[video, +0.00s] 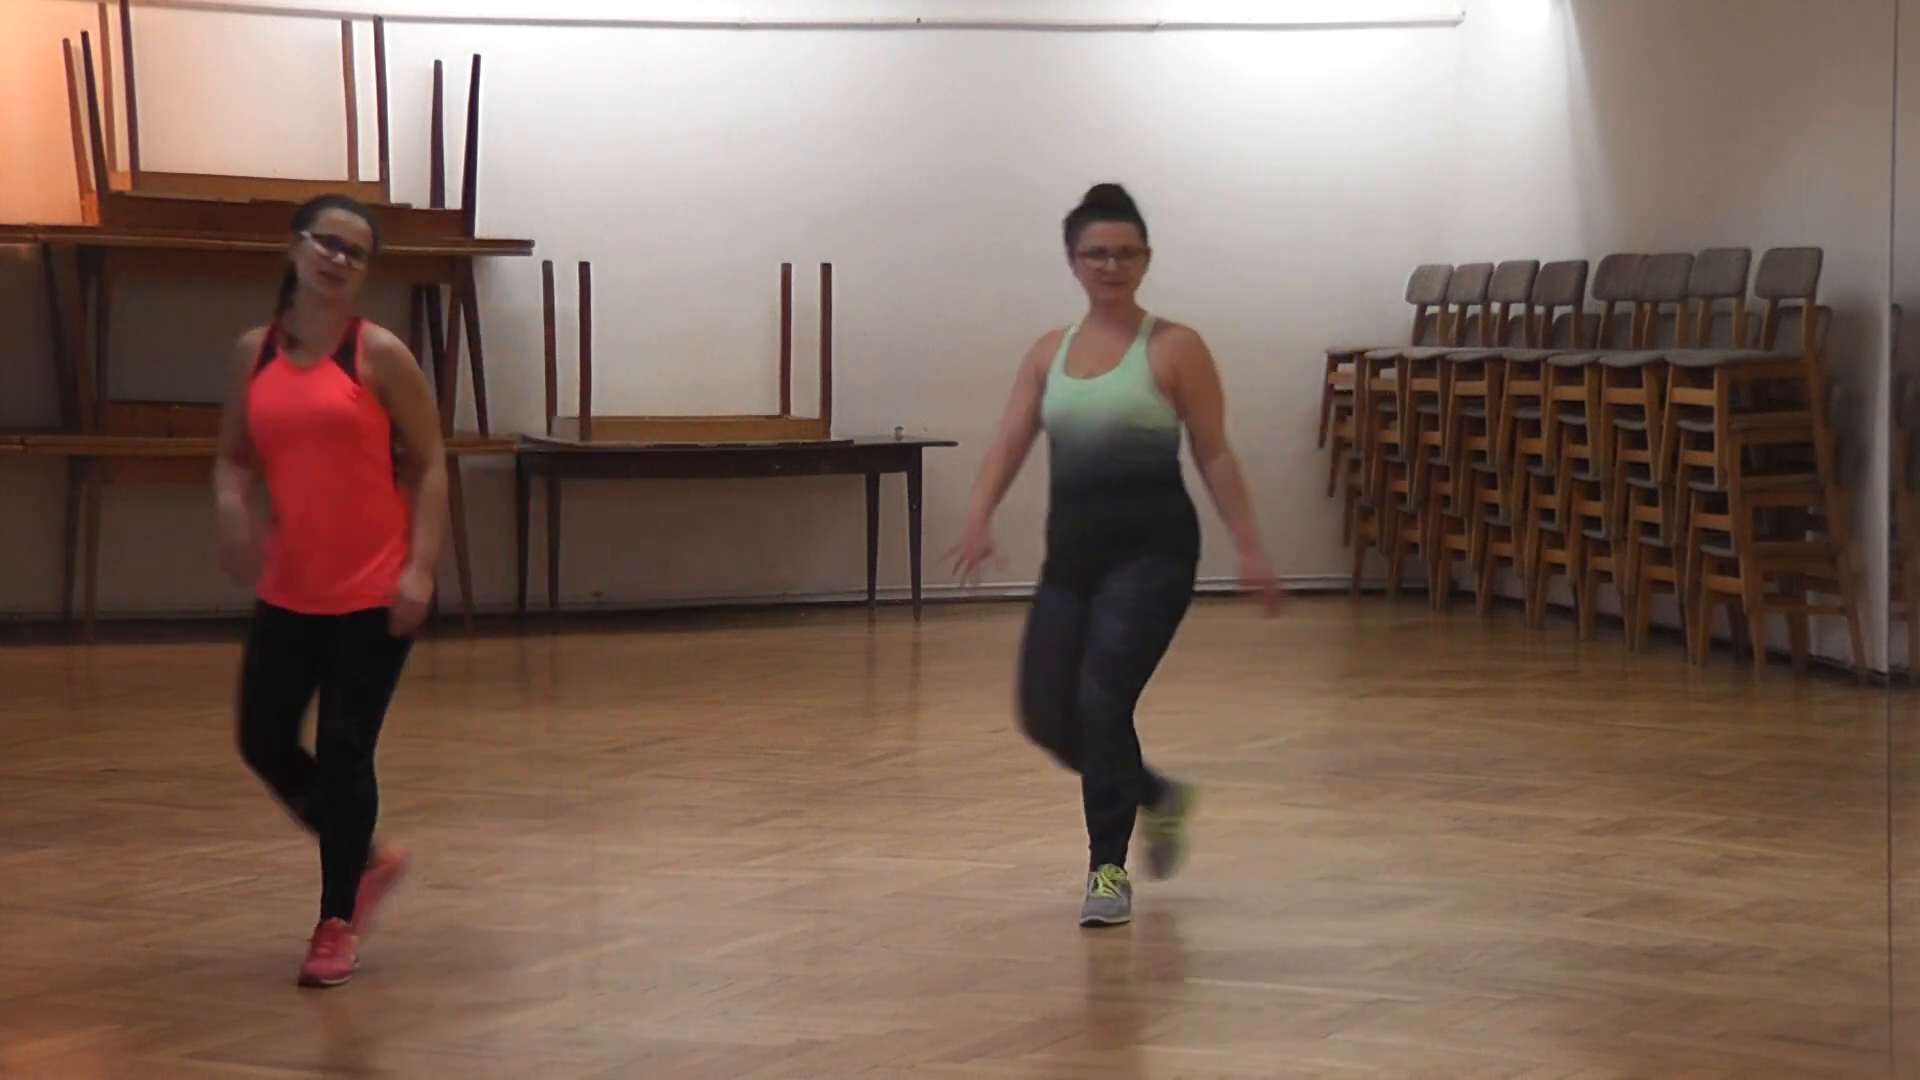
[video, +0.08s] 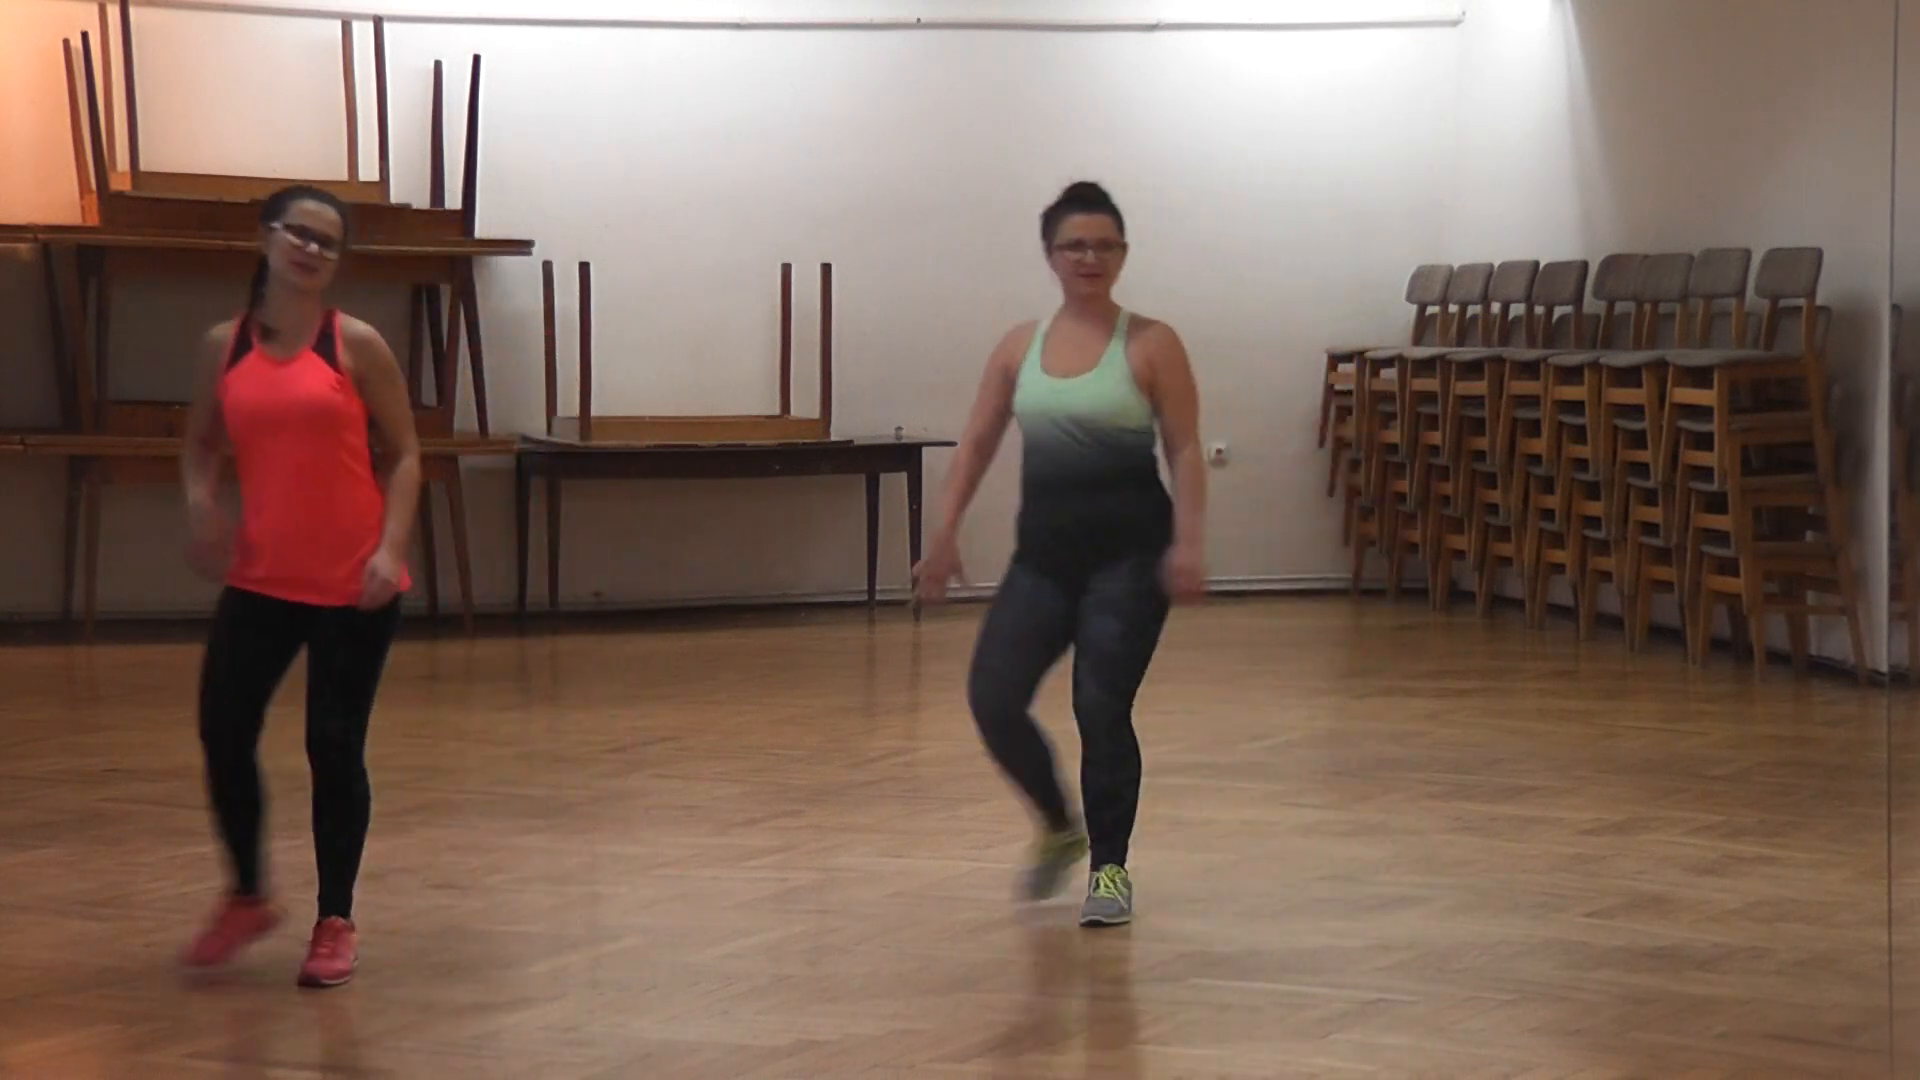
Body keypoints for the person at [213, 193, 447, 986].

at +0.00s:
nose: (340, 260)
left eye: (355, 254)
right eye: (328, 243)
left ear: (367, 273)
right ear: (294, 247)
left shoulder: (383, 355)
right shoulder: (258, 351)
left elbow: (432, 462)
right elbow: (234, 457)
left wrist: (421, 566)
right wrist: (234, 512)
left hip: (372, 592)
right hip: (288, 590)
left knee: (344, 753)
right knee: (263, 740)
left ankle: (336, 923)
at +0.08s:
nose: (313, 249)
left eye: (328, 243)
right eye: (300, 233)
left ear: (339, 263)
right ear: (265, 239)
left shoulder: (359, 346)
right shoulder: (226, 345)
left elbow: (405, 454)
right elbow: (203, 444)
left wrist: (392, 547)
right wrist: (203, 506)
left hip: (354, 587)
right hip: (262, 582)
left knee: (334, 745)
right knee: (223, 726)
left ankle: (334, 923)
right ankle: (248, 895)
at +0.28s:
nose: (248, 275)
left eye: (262, 266)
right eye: (234, 260)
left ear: (274, 281)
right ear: (197, 266)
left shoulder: (293, 382)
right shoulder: (155, 370)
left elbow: (322, 494)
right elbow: (105, 470)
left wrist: (345, 586)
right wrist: (147, 526)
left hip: (290, 604)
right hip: (191, 608)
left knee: (306, 768)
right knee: (161, 777)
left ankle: (335, 927)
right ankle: (85, 938)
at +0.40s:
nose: (217, 263)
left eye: (230, 254)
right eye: (202, 248)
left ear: (242, 270)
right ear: (164, 255)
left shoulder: (246, 361)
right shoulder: (128, 350)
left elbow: (258, 483)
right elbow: (68, 455)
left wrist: (304, 575)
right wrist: (161, 487)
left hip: (236, 592)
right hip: (139, 597)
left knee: (275, 755)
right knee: (130, 767)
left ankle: (312, 917)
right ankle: (82, 939)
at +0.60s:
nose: (182, 252)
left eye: (194, 240)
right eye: (166, 237)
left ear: (208, 250)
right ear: (130, 241)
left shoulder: (200, 338)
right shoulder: (108, 328)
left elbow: (195, 460)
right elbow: (111, 424)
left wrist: (226, 553)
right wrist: (222, 396)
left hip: (178, 577)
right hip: (98, 576)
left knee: (190, 732)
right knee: (97, 744)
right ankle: (72, 932)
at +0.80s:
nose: (173, 279)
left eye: (186, 265)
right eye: (156, 264)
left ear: (198, 271)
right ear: (119, 267)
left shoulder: (183, 357)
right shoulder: (100, 355)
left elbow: (178, 454)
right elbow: (169, 443)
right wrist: (265, 388)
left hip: (148, 594)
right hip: (89, 589)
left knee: (90, 747)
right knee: (121, 744)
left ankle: (26, 901)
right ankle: (30, 901)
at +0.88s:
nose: (179, 265)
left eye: (191, 251)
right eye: (162, 251)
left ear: (202, 255)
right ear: (122, 254)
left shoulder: (173, 342)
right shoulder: (114, 341)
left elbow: (164, 453)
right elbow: (213, 422)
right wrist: (307, 377)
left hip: (147, 583)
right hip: (92, 581)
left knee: (123, 739)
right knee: (110, 739)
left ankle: (51, 906)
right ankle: (18, 904)